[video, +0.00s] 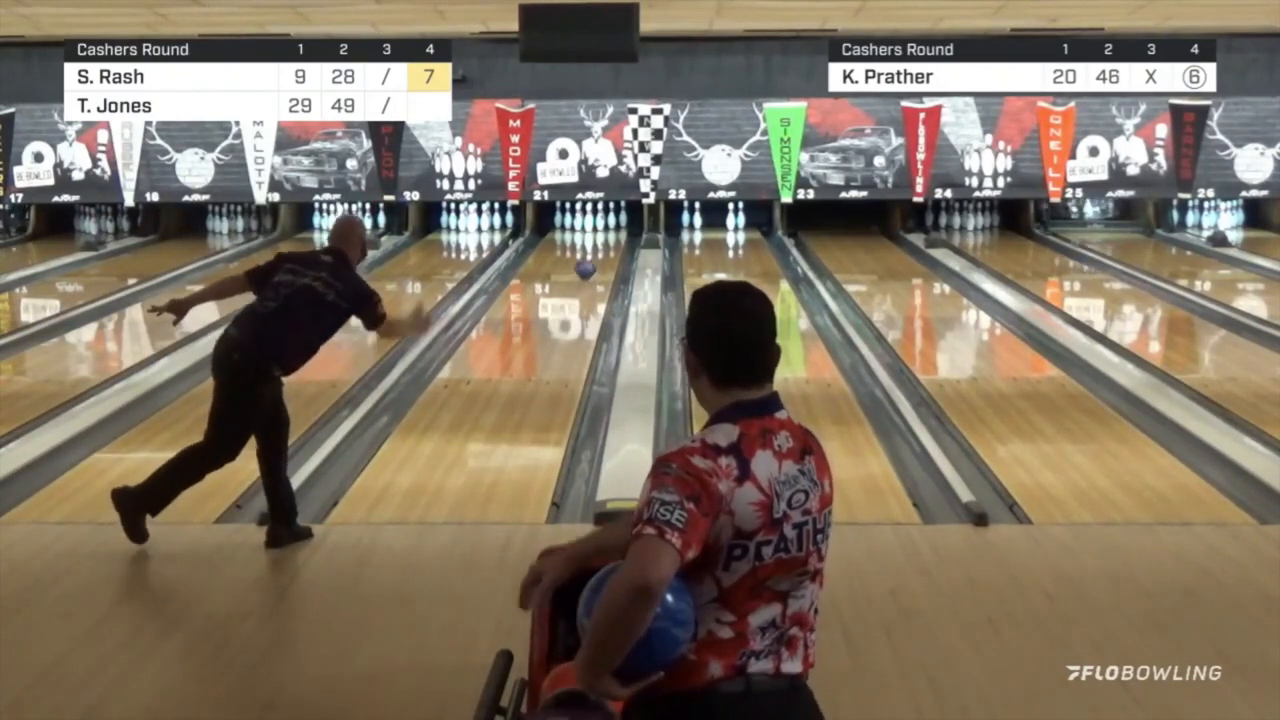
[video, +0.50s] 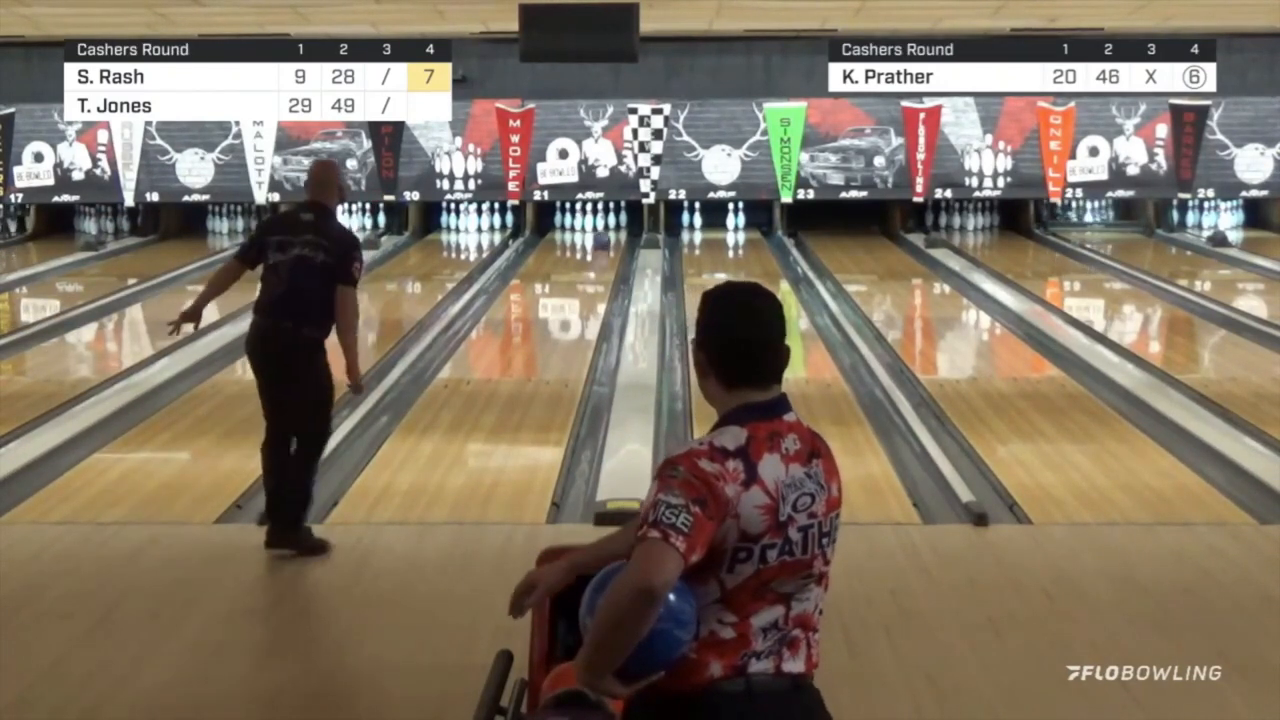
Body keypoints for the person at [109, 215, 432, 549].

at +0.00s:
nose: (365, 248)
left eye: (363, 242)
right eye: (364, 243)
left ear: (329, 240)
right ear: (358, 247)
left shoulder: (290, 260)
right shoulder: (354, 287)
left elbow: (238, 282)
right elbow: (384, 326)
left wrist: (189, 300)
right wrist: (415, 325)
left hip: (232, 351)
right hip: (254, 365)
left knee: (275, 429)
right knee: (221, 447)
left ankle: (282, 524)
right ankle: (137, 501)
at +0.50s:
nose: (345, 191)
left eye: (342, 184)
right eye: (342, 185)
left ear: (308, 187)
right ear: (335, 190)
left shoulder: (276, 222)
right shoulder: (343, 241)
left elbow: (235, 267)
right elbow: (346, 310)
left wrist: (197, 305)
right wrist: (352, 365)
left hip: (261, 340)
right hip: (304, 346)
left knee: (278, 428)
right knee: (314, 430)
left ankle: (278, 520)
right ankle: (290, 526)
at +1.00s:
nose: (354, 190)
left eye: (350, 183)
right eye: (354, 184)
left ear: (318, 184)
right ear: (351, 187)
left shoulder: (284, 231)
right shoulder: (362, 239)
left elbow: (270, 291)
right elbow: (389, 302)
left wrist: (269, 339)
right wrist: (423, 346)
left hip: (301, 351)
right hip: (350, 354)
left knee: (297, 436)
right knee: (362, 445)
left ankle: (282, 524)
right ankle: (373, 530)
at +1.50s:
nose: (326, 191)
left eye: (319, 183)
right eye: (326, 185)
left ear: (291, 184)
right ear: (323, 188)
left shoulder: (260, 229)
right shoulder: (337, 240)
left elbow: (244, 286)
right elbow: (351, 296)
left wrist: (254, 332)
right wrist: (319, 310)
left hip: (278, 347)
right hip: (328, 350)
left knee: (279, 436)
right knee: (350, 438)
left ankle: (281, 525)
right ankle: (366, 523)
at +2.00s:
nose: (313, 188)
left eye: (309, 181)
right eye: (310, 182)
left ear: (276, 184)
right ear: (306, 186)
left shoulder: (246, 232)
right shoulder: (323, 237)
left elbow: (231, 291)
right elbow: (342, 300)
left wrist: (228, 340)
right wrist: (355, 348)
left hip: (266, 349)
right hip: (314, 350)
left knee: (271, 437)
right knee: (318, 441)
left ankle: (280, 525)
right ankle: (324, 527)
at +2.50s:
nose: (314, 196)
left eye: (312, 189)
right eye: (313, 190)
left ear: (279, 186)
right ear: (307, 191)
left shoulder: (242, 233)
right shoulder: (314, 237)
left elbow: (240, 293)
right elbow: (330, 302)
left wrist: (260, 330)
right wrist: (347, 353)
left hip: (266, 347)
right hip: (312, 348)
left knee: (272, 435)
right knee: (316, 441)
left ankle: (280, 525)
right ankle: (324, 527)